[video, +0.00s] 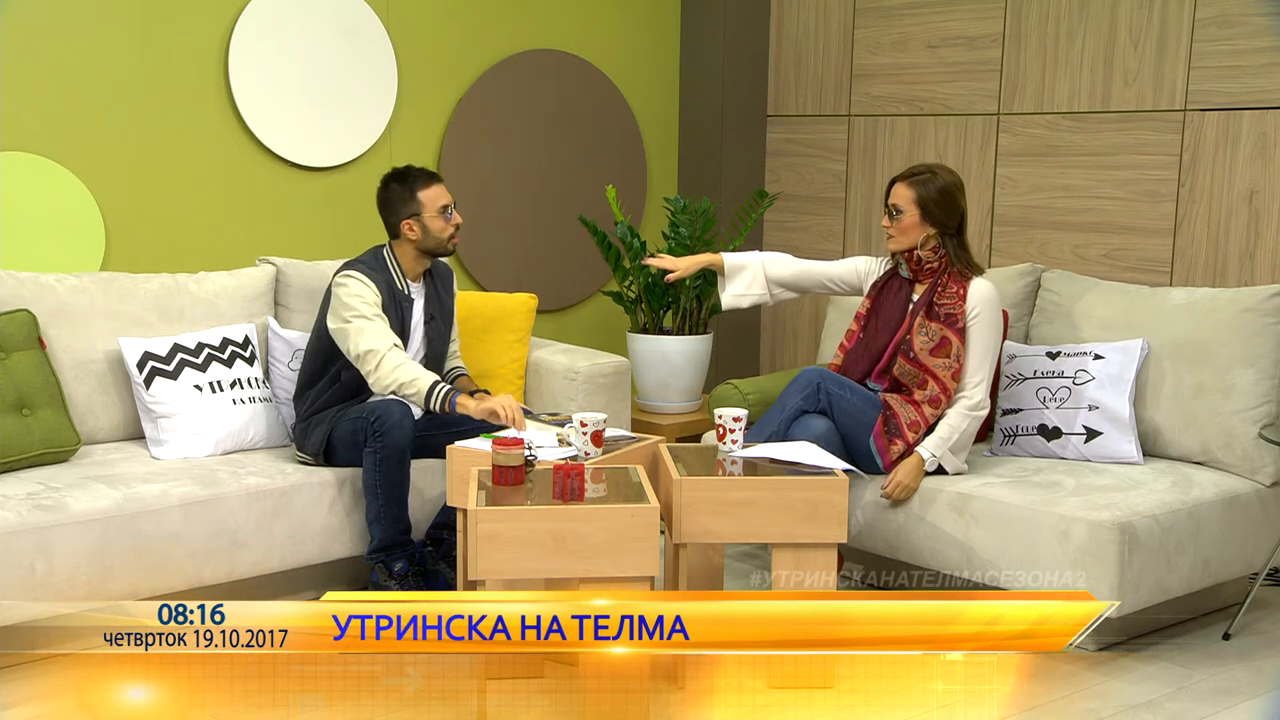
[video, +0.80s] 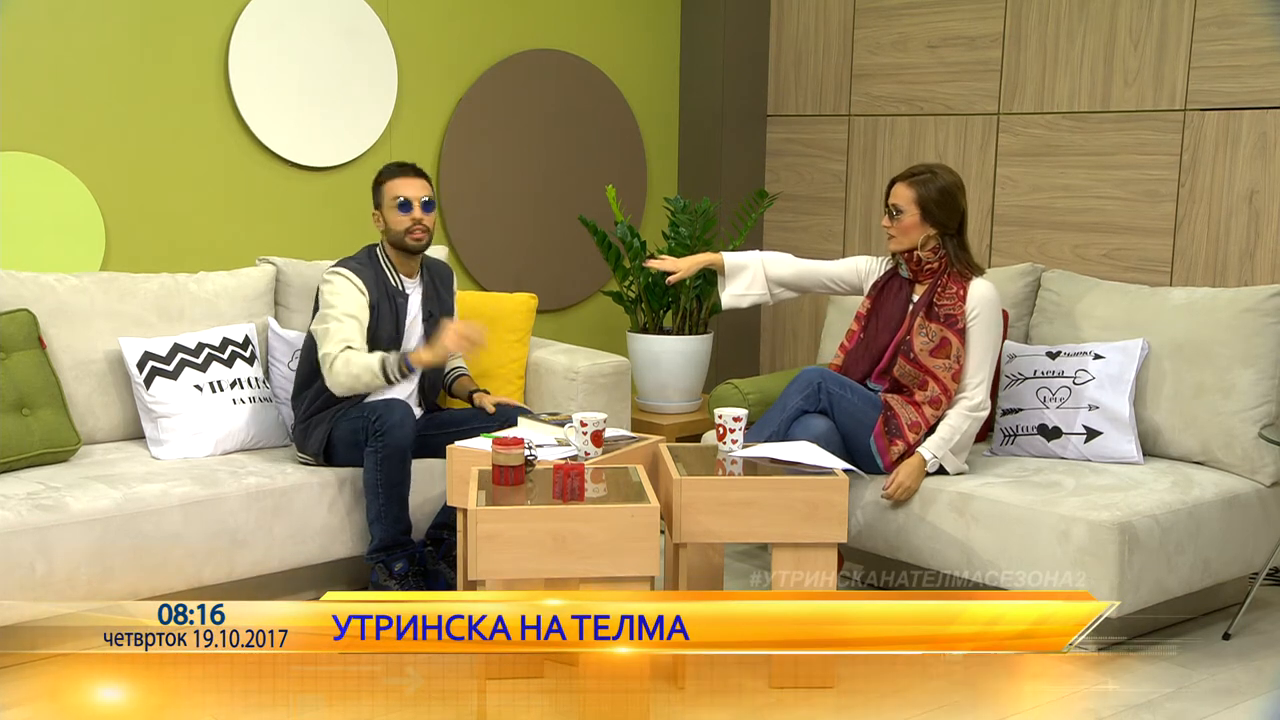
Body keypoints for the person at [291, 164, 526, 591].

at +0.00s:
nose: (457, 221)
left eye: (454, 209)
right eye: (445, 214)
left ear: (416, 229)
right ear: (409, 229)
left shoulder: (441, 277)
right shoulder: (355, 284)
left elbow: (448, 360)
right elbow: (385, 363)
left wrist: (479, 398)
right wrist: (460, 403)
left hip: (407, 419)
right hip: (330, 423)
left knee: (499, 430)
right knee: (393, 413)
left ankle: (440, 550)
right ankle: (392, 561)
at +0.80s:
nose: (418, 216)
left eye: (427, 205)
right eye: (404, 206)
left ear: (435, 214)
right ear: (379, 218)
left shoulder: (439, 275)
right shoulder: (346, 279)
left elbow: (444, 356)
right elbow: (341, 373)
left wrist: (475, 392)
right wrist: (420, 357)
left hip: (412, 422)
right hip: (333, 425)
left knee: (510, 420)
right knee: (395, 415)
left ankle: (440, 549)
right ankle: (392, 562)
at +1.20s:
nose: (392, 216)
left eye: (405, 206)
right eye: (380, 205)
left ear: (421, 219)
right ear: (363, 215)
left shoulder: (436, 273)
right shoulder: (339, 269)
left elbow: (454, 355)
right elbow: (309, 302)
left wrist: (476, 393)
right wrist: (408, 289)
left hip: (415, 421)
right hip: (334, 424)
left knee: (513, 422)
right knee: (394, 413)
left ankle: (439, 550)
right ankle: (392, 562)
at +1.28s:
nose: (387, 215)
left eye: (401, 206)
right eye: (375, 205)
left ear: (418, 218)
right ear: (359, 215)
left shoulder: (435, 273)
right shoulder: (333, 263)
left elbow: (456, 352)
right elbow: (315, 260)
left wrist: (477, 392)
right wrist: (415, 268)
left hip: (415, 421)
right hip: (333, 423)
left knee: (514, 422)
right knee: (395, 412)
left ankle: (441, 549)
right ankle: (391, 561)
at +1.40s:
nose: (385, 216)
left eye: (398, 205)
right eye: (373, 204)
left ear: (415, 216)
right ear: (359, 213)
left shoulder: (436, 274)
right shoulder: (332, 268)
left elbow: (455, 347)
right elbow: (314, 226)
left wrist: (477, 389)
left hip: (414, 419)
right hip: (335, 425)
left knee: (515, 420)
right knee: (395, 413)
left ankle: (441, 548)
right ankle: (391, 562)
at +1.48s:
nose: (386, 214)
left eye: (398, 204)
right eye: (374, 203)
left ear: (416, 215)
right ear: (354, 213)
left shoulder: (436, 273)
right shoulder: (334, 270)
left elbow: (457, 346)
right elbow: (321, 221)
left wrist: (477, 388)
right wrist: (318, 133)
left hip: (414, 423)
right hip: (338, 426)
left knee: (514, 424)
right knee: (397, 415)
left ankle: (440, 550)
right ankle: (392, 563)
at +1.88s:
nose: (393, 220)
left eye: (401, 209)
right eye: (379, 210)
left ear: (414, 215)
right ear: (354, 217)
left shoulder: (437, 273)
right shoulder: (324, 264)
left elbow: (502, 321)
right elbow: (287, 226)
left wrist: (594, 335)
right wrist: (244, 155)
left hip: (415, 419)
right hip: (333, 423)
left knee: (519, 425)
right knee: (388, 415)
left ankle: (440, 551)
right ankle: (390, 563)